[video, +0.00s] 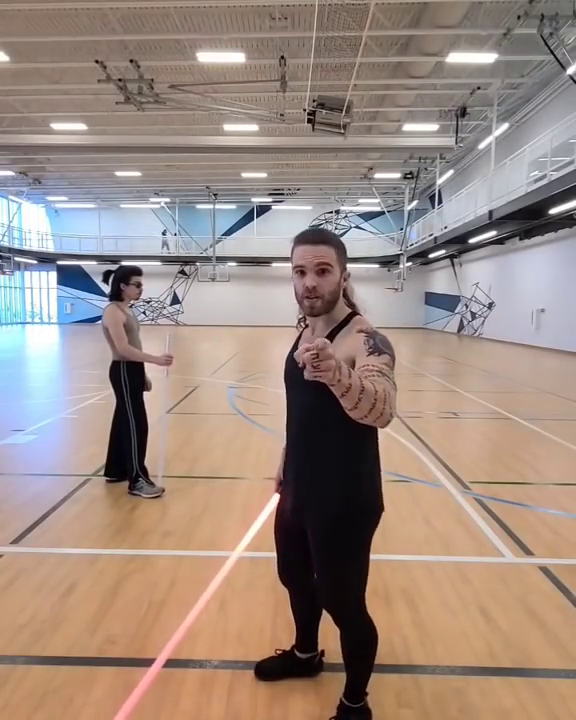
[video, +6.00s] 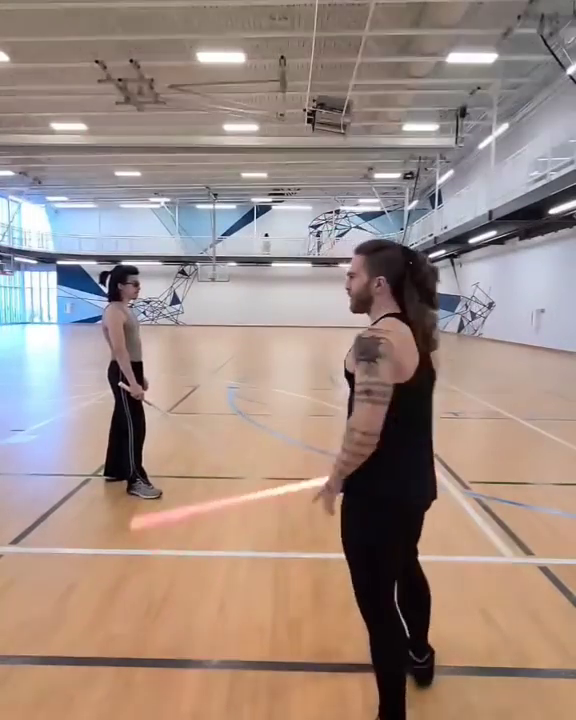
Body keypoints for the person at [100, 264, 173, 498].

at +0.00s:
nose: (140, 289)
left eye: (141, 285)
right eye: (136, 285)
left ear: (131, 287)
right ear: (121, 286)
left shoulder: (125, 310)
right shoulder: (113, 311)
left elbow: (131, 348)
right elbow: (122, 348)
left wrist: (142, 375)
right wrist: (156, 359)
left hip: (131, 370)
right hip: (124, 371)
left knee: (124, 420)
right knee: (137, 424)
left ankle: (115, 469)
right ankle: (137, 480)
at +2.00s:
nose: (137, 294)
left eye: (139, 290)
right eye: (134, 288)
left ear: (135, 289)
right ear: (120, 286)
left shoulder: (126, 309)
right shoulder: (110, 310)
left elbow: (129, 339)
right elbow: (116, 346)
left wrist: (145, 345)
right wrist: (148, 355)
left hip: (132, 366)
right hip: (120, 368)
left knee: (130, 423)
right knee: (121, 424)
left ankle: (124, 468)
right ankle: (114, 476)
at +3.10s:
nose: (139, 288)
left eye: (140, 284)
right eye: (135, 284)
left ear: (132, 287)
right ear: (121, 285)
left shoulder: (125, 309)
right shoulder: (113, 309)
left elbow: (127, 343)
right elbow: (109, 345)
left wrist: (134, 371)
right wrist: (121, 376)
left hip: (131, 371)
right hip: (120, 373)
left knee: (130, 425)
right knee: (120, 426)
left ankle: (125, 468)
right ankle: (114, 476)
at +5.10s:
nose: (138, 289)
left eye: (138, 285)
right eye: (133, 284)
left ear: (130, 287)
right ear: (120, 286)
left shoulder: (124, 310)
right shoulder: (113, 312)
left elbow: (129, 347)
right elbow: (118, 350)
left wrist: (138, 376)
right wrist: (132, 381)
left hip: (132, 368)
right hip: (123, 370)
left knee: (122, 422)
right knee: (135, 424)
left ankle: (115, 468)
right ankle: (135, 479)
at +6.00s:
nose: (137, 288)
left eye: (138, 284)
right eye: (133, 284)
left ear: (132, 287)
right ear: (119, 286)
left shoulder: (125, 310)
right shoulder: (114, 312)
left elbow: (132, 346)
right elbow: (119, 351)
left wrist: (141, 375)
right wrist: (132, 382)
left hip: (132, 369)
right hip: (123, 372)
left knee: (122, 422)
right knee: (136, 425)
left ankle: (114, 468)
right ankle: (136, 479)